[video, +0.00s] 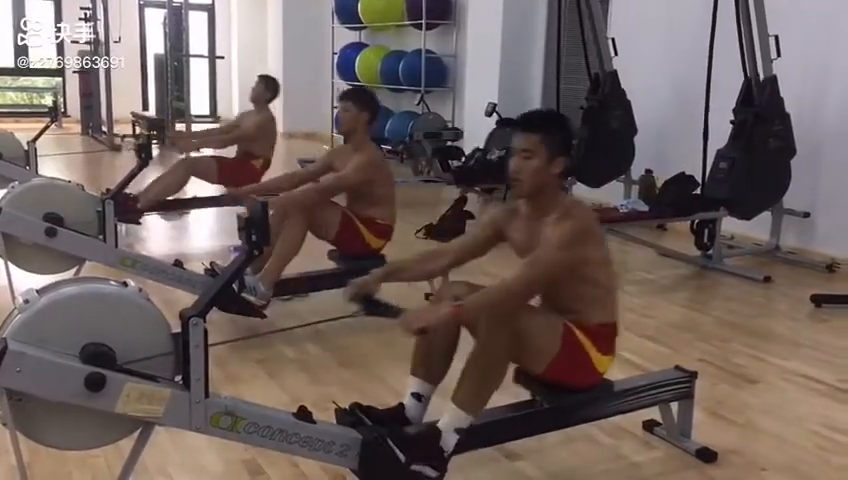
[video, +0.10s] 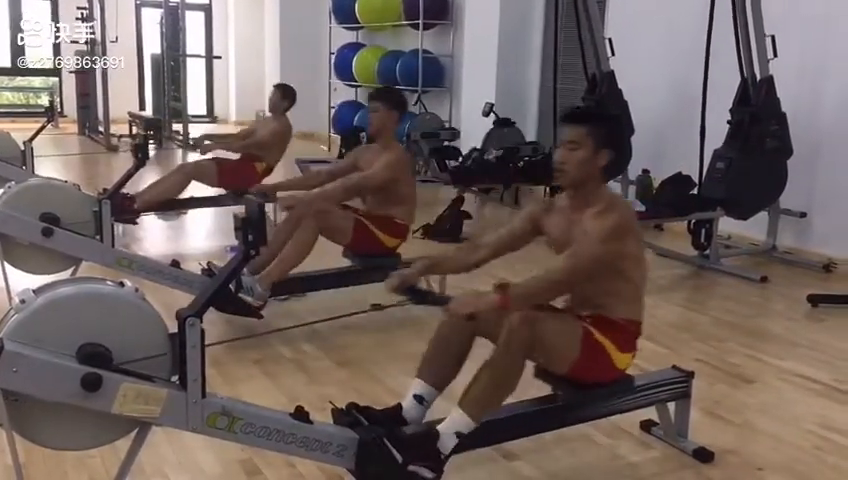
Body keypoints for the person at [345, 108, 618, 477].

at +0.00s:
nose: (513, 166)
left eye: (526, 157)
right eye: (512, 155)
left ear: (558, 166)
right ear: (509, 159)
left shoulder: (573, 223)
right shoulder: (507, 216)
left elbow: (521, 286)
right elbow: (446, 256)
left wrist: (449, 311)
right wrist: (381, 275)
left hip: (587, 349)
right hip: (547, 330)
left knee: (501, 321)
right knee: (452, 293)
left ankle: (441, 444)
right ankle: (411, 414)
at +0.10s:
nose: (559, 156)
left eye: (573, 148)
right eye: (559, 146)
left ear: (604, 159)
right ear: (556, 151)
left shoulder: (613, 219)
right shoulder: (548, 210)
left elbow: (562, 278)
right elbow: (477, 251)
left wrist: (496, 300)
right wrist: (421, 266)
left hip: (609, 345)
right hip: (570, 326)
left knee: (520, 328)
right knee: (463, 310)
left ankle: (440, 445)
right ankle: (408, 415)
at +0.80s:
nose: (678, 184)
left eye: (691, 178)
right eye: (677, 175)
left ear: (716, 188)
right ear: (673, 179)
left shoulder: (725, 248)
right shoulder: (650, 229)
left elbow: (744, 323)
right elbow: (633, 287)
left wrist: (714, 284)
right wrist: (605, 268)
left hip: (636, 338)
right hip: (597, 316)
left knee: (542, 374)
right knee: (504, 352)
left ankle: (428, 453)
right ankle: (392, 420)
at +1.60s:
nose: (612, 167)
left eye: (625, 159)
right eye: (611, 157)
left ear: (654, 166)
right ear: (607, 159)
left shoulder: (667, 227)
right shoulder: (598, 216)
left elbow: (628, 298)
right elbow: (536, 262)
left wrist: (564, 322)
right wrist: (486, 291)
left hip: (639, 340)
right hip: (598, 324)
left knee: (547, 385)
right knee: (503, 367)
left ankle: (433, 454)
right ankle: (395, 423)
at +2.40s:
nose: (564, 170)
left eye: (576, 161)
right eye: (563, 160)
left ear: (606, 169)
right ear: (561, 162)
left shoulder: (622, 229)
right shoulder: (556, 222)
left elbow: (575, 293)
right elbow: (484, 261)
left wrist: (502, 321)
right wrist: (427, 291)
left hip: (612, 353)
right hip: (570, 331)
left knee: (519, 339)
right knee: (475, 323)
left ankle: (439, 452)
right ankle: (407, 422)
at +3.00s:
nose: (429, 190)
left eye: (441, 181)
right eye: (427, 179)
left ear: (474, 188)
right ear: (425, 182)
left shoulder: (490, 248)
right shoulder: (428, 240)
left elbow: (424, 311)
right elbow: (352, 276)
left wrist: (335, 343)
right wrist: (276, 304)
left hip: (527, 384)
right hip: (479, 374)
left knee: (448, 319)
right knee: (402, 293)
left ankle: (440, 447)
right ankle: (407, 419)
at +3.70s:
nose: (586, 166)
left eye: (600, 157)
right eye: (584, 155)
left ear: (627, 166)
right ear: (578, 158)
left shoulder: (637, 226)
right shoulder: (571, 219)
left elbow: (581, 287)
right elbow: (498, 259)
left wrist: (516, 302)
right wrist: (446, 269)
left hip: (623, 349)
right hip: (584, 329)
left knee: (535, 346)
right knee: (484, 322)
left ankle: (443, 452)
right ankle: (412, 423)